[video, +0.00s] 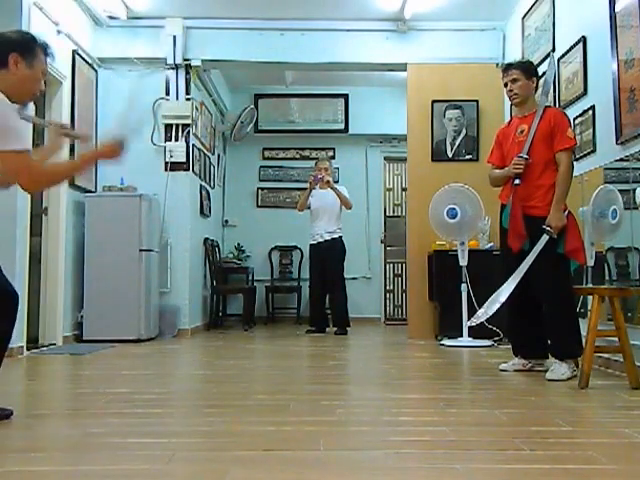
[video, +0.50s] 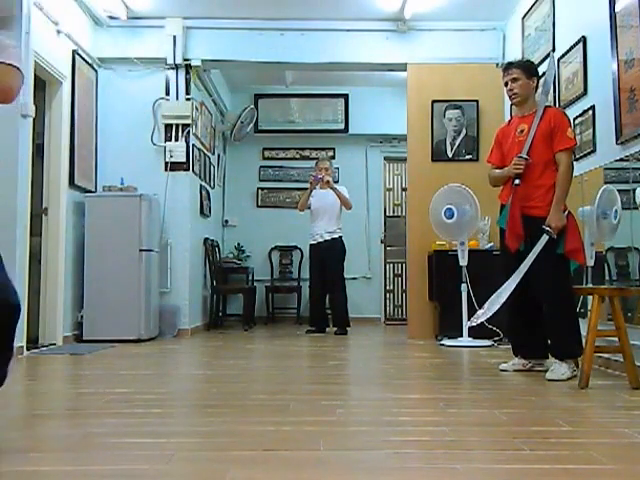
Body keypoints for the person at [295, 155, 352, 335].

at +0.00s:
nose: (322, 173)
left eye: (325, 170)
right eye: (319, 170)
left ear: (330, 172)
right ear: (315, 172)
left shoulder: (339, 189)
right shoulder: (311, 193)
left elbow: (348, 206)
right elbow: (300, 208)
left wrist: (332, 188)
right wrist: (309, 188)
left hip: (334, 241)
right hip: (316, 243)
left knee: (336, 285)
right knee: (316, 286)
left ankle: (341, 325)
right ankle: (318, 324)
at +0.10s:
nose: (322, 173)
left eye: (326, 170)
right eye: (319, 170)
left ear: (330, 172)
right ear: (315, 173)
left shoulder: (339, 189)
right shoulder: (312, 193)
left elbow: (348, 205)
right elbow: (300, 208)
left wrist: (332, 187)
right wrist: (309, 188)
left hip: (334, 241)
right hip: (316, 243)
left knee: (336, 285)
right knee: (316, 286)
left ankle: (341, 325)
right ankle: (318, 324)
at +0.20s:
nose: (323, 173)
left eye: (326, 169)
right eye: (319, 170)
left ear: (331, 171)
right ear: (315, 172)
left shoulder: (339, 190)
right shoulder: (312, 193)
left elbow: (348, 206)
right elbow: (300, 208)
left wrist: (333, 188)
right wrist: (310, 188)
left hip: (334, 241)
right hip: (316, 243)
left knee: (336, 285)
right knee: (316, 286)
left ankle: (341, 325)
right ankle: (318, 324)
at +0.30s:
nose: (323, 173)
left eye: (326, 170)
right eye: (320, 170)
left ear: (331, 171)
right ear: (315, 172)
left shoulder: (339, 189)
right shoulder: (312, 192)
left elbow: (348, 206)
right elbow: (300, 208)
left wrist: (332, 188)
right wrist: (310, 188)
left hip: (334, 241)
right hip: (316, 243)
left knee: (336, 285)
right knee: (316, 286)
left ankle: (341, 325)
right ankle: (318, 324)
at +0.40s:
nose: (323, 173)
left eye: (326, 170)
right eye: (320, 170)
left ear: (331, 171)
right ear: (315, 172)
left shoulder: (339, 190)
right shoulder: (312, 193)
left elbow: (348, 206)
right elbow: (300, 208)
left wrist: (332, 188)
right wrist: (310, 188)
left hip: (334, 241)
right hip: (316, 243)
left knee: (336, 285)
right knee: (316, 286)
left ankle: (341, 325)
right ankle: (318, 324)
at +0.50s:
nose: (323, 173)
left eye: (326, 170)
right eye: (320, 170)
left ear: (331, 171)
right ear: (315, 172)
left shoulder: (339, 190)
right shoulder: (312, 193)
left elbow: (348, 206)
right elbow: (301, 208)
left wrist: (332, 188)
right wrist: (310, 188)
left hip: (334, 241)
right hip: (316, 243)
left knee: (336, 285)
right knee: (316, 286)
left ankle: (341, 325)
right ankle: (318, 324)